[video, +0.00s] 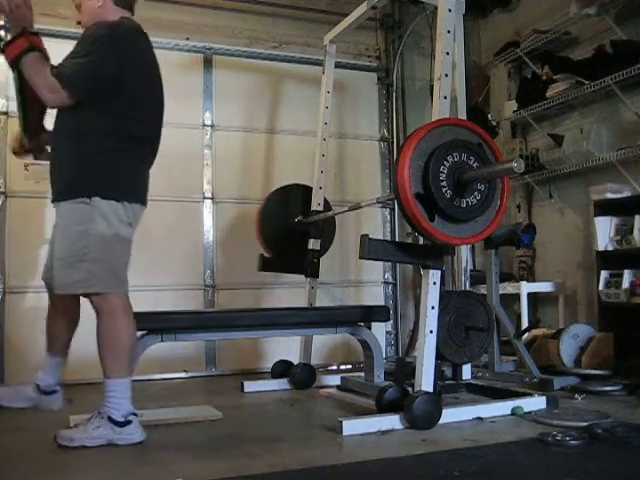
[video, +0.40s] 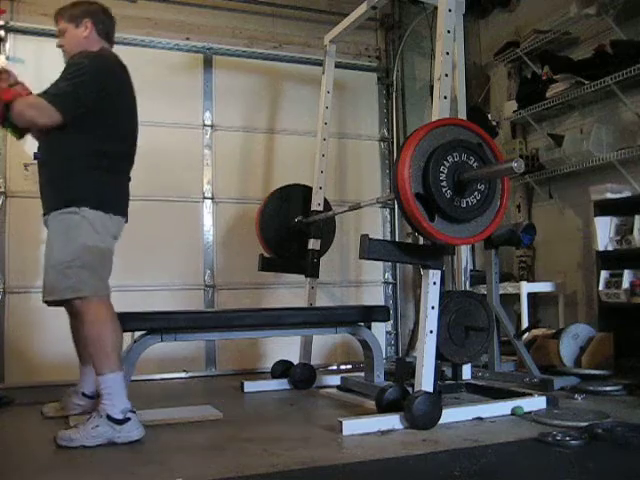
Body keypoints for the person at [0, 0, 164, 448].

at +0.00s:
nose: (76, 11)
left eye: (79, 4)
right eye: (76, 5)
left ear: (101, 1)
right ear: (118, 5)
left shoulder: (113, 36)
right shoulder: (117, 43)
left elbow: (53, 91)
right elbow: (100, 133)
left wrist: (21, 34)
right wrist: (43, 143)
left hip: (102, 189)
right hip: (84, 189)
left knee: (106, 293)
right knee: (63, 285)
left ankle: (119, 416)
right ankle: (47, 386)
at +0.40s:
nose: (59, 42)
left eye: (62, 33)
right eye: (58, 35)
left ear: (86, 29)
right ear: (91, 31)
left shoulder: (94, 67)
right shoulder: (96, 69)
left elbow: (41, 116)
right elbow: (58, 122)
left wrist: (11, 98)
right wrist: (24, 94)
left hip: (87, 202)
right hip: (80, 201)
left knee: (87, 296)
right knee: (75, 296)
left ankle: (119, 414)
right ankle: (89, 395)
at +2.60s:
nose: (24, 210)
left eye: (19, 202)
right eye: (16, 207)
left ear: (26, 175)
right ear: (27, 172)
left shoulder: (70, 182)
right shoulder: (61, 184)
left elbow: (87, 234)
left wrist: (43, 303)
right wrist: (48, 301)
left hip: (161, 262)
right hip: (142, 260)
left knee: (75, 300)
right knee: (61, 297)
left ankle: (103, 416)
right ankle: (82, 393)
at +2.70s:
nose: (40, 201)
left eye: (36, 192)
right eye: (33, 197)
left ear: (48, 167)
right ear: (49, 166)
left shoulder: (88, 181)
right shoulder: (80, 181)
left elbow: (91, 238)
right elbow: (85, 241)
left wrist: (31, 287)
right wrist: (32, 285)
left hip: (165, 271)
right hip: (148, 269)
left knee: (75, 297)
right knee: (64, 295)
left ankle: (103, 416)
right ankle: (83, 393)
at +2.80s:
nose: (56, 191)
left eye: (54, 182)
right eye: (51, 186)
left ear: (73, 162)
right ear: (75, 162)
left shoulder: (110, 182)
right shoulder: (100, 185)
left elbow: (94, 241)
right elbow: (81, 245)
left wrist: (29, 267)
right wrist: (26, 267)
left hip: (170, 280)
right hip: (153, 278)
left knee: (78, 296)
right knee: (68, 296)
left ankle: (104, 416)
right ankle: (83, 393)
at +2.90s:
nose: (72, 177)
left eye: (72, 167)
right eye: (68, 171)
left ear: (91, 150)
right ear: (92, 151)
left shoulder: (126, 174)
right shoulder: (112, 179)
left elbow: (92, 232)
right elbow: (77, 241)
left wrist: (25, 247)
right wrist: (20, 249)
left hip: (173, 279)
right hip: (152, 278)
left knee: (80, 294)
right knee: (69, 294)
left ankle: (105, 416)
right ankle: (83, 393)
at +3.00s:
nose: (88, 161)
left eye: (90, 153)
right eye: (85, 155)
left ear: (109, 142)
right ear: (112, 143)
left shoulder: (141, 170)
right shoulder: (127, 173)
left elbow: (80, 220)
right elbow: (75, 229)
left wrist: (31, 229)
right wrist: (28, 228)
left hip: (173, 280)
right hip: (150, 278)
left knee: (81, 296)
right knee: (68, 295)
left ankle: (104, 416)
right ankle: (81, 394)